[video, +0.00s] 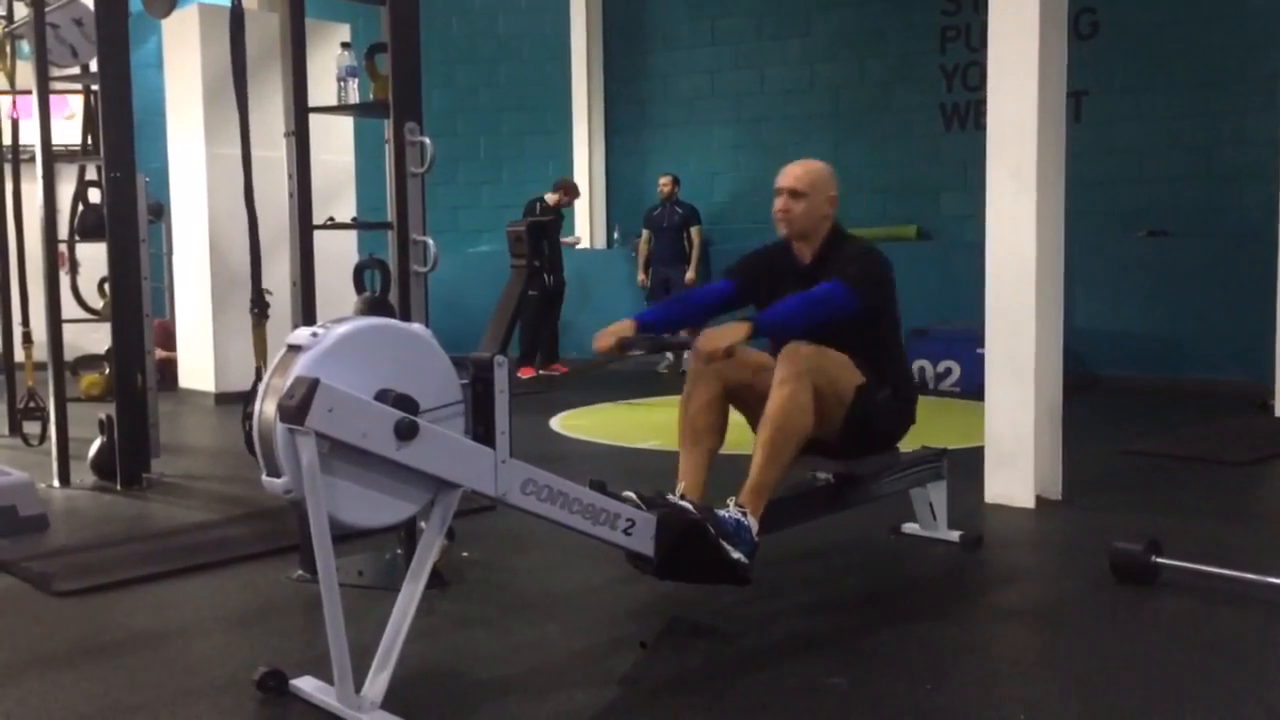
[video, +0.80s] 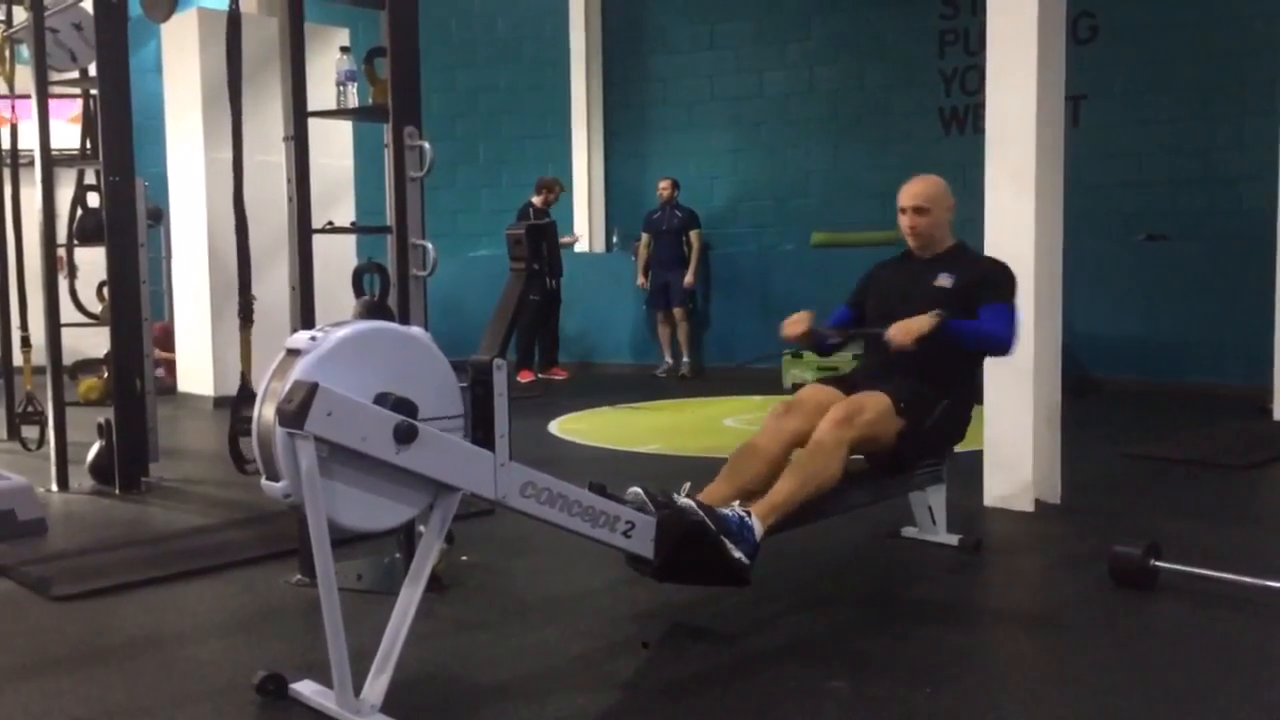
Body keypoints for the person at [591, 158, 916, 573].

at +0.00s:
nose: (781, 206)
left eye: (795, 196)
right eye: (777, 195)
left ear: (829, 205)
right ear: (772, 201)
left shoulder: (863, 263)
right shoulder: (771, 261)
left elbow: (824, 303)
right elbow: (709, 298)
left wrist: (751, 325)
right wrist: (635, 324)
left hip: (873, 416)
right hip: (801, 415)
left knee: (798, 356)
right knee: (708, 359)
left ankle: (745, 520)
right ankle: (686, 503)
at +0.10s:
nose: (830, 196)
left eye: (843, 187)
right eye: (825, 187)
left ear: (875, 194)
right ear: (819, 193)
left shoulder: (902, 257)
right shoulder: (810, 257)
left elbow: (861, 296)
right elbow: (751, 292)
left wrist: (797, 319)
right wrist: (684, 316)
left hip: (893, 407)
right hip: (819, 404)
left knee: (813, 370)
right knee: (728, 370)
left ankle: (747, 521)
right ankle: (688, 503)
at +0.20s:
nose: (872, 194)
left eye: (885, 184)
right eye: (868, 184)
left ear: (915, 192)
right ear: (862, 190)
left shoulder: (937, 255)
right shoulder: (846, 256)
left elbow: (903, 296)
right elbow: (793, 295)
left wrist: (845, 317)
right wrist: (732, 320)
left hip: (909, 397)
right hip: (837, 389)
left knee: (825, 390)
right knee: (747, 385)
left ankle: (748, 521)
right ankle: (686, 504)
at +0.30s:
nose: (911, 203)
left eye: (924, 195)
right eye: (906, 194)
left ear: (953, 205)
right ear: (900, 201)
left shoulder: (974, 261)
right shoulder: (876, 263)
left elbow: (951, 310)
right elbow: (830, 310)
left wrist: (891, 320)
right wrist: (780, 327)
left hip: (925, 392)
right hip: (859, 380)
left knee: (835, 410)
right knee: (769, 402)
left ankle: (749, 522)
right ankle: (686, 504)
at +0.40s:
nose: (940, 223)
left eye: (953, 215)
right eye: (935, 214)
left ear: (978, 223)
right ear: (929, 220)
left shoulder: (1001, 281)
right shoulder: (904, 277)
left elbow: (996, 334)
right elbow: (863, 328)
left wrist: (940, 326)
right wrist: (825, 333)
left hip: (931, 385)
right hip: (874, 370)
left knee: (842, 433)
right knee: (800, 420)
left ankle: (751, 519)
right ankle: (689, 503)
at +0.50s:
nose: (949, 238)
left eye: (961, 230)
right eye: (945, 229)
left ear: (990, 238)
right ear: (940, 236)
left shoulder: (1009, 296)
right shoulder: (916, 290)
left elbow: (1042, 355)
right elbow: (867, 356)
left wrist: (986, 318)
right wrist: (853, 333)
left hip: (930, 388)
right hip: (874, 377)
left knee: (846, 445)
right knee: (801, 429)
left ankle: (755, 524)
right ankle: (693, 507)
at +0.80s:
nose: (909, 222)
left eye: (920, 212)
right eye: (903, 213)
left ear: (948, 212)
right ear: (898, 215)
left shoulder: (986, 273)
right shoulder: (883, 274)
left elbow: (1000, 337)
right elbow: (837, 335)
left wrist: (937, 323)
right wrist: (810, 333)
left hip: (932, 394)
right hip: (871, 381)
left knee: (840, 419)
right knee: (793, 411)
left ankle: (753, 525)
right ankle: (701, 507)